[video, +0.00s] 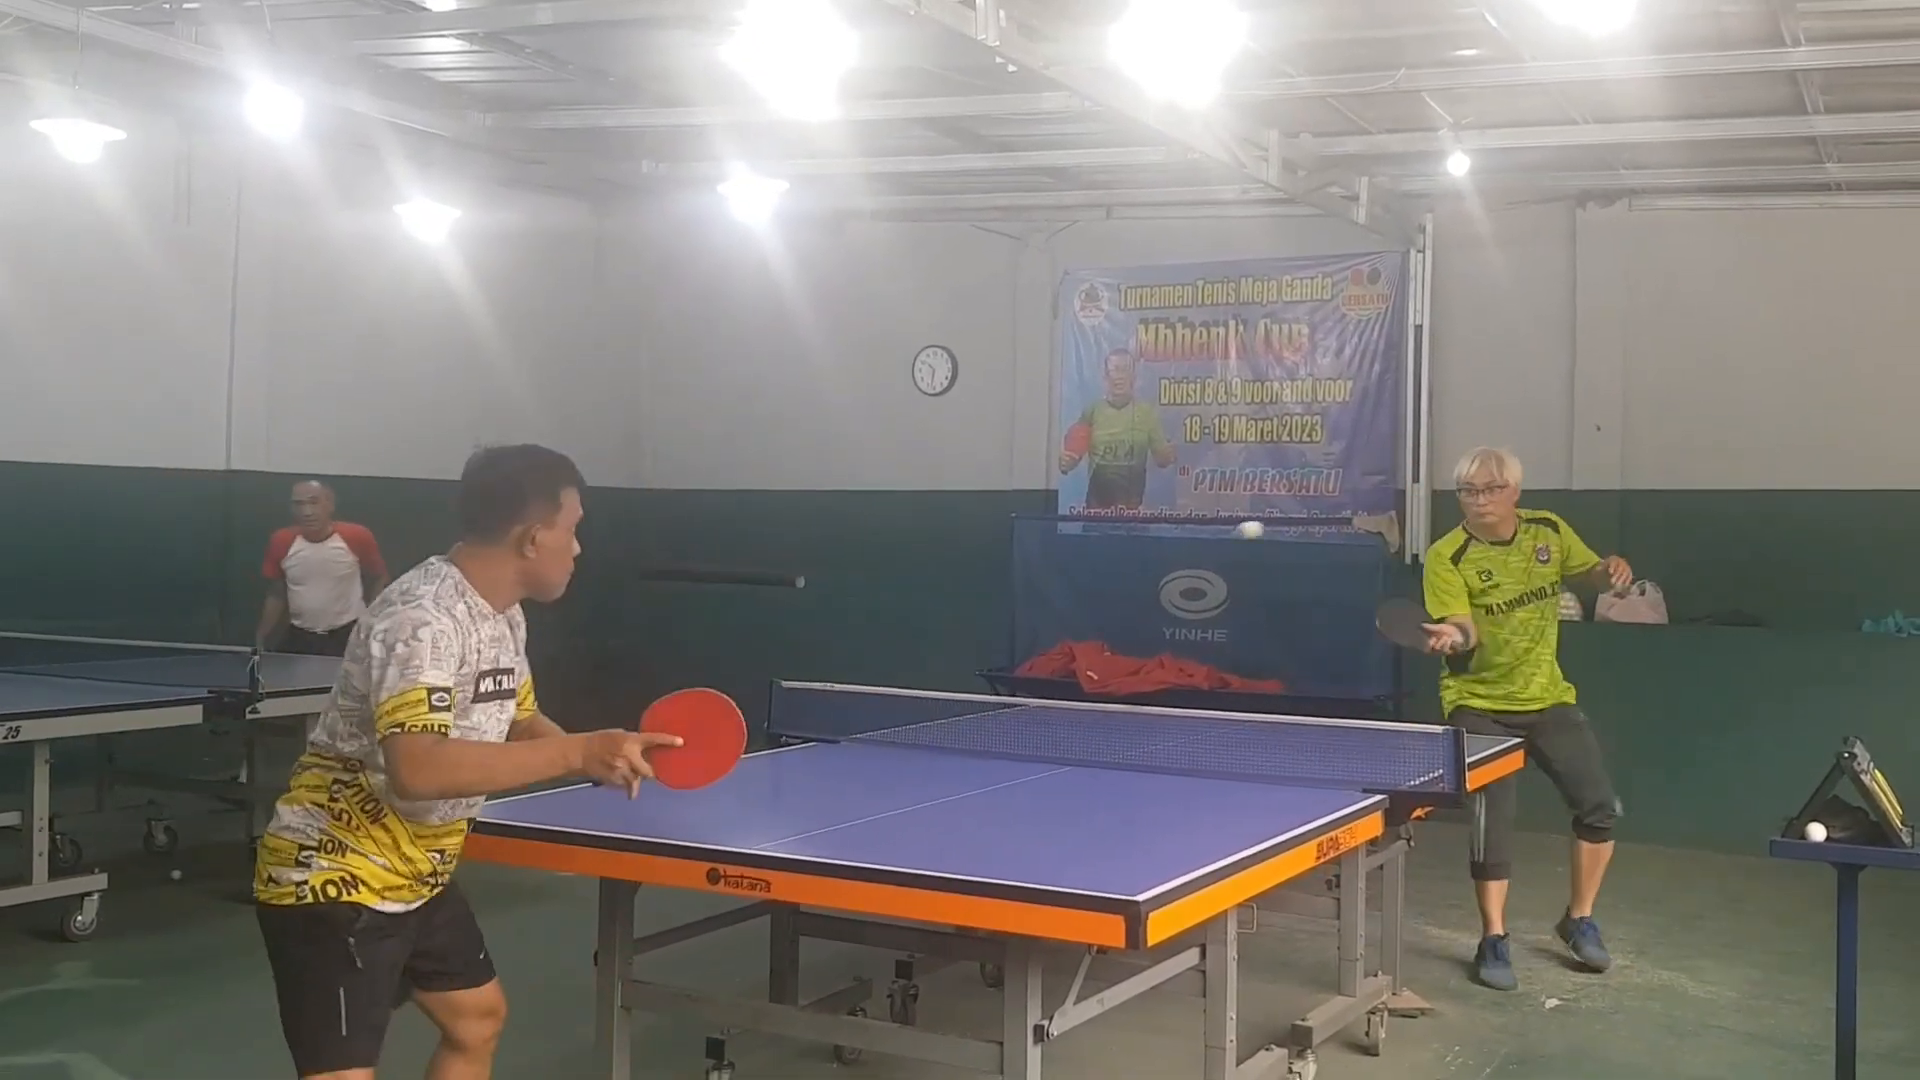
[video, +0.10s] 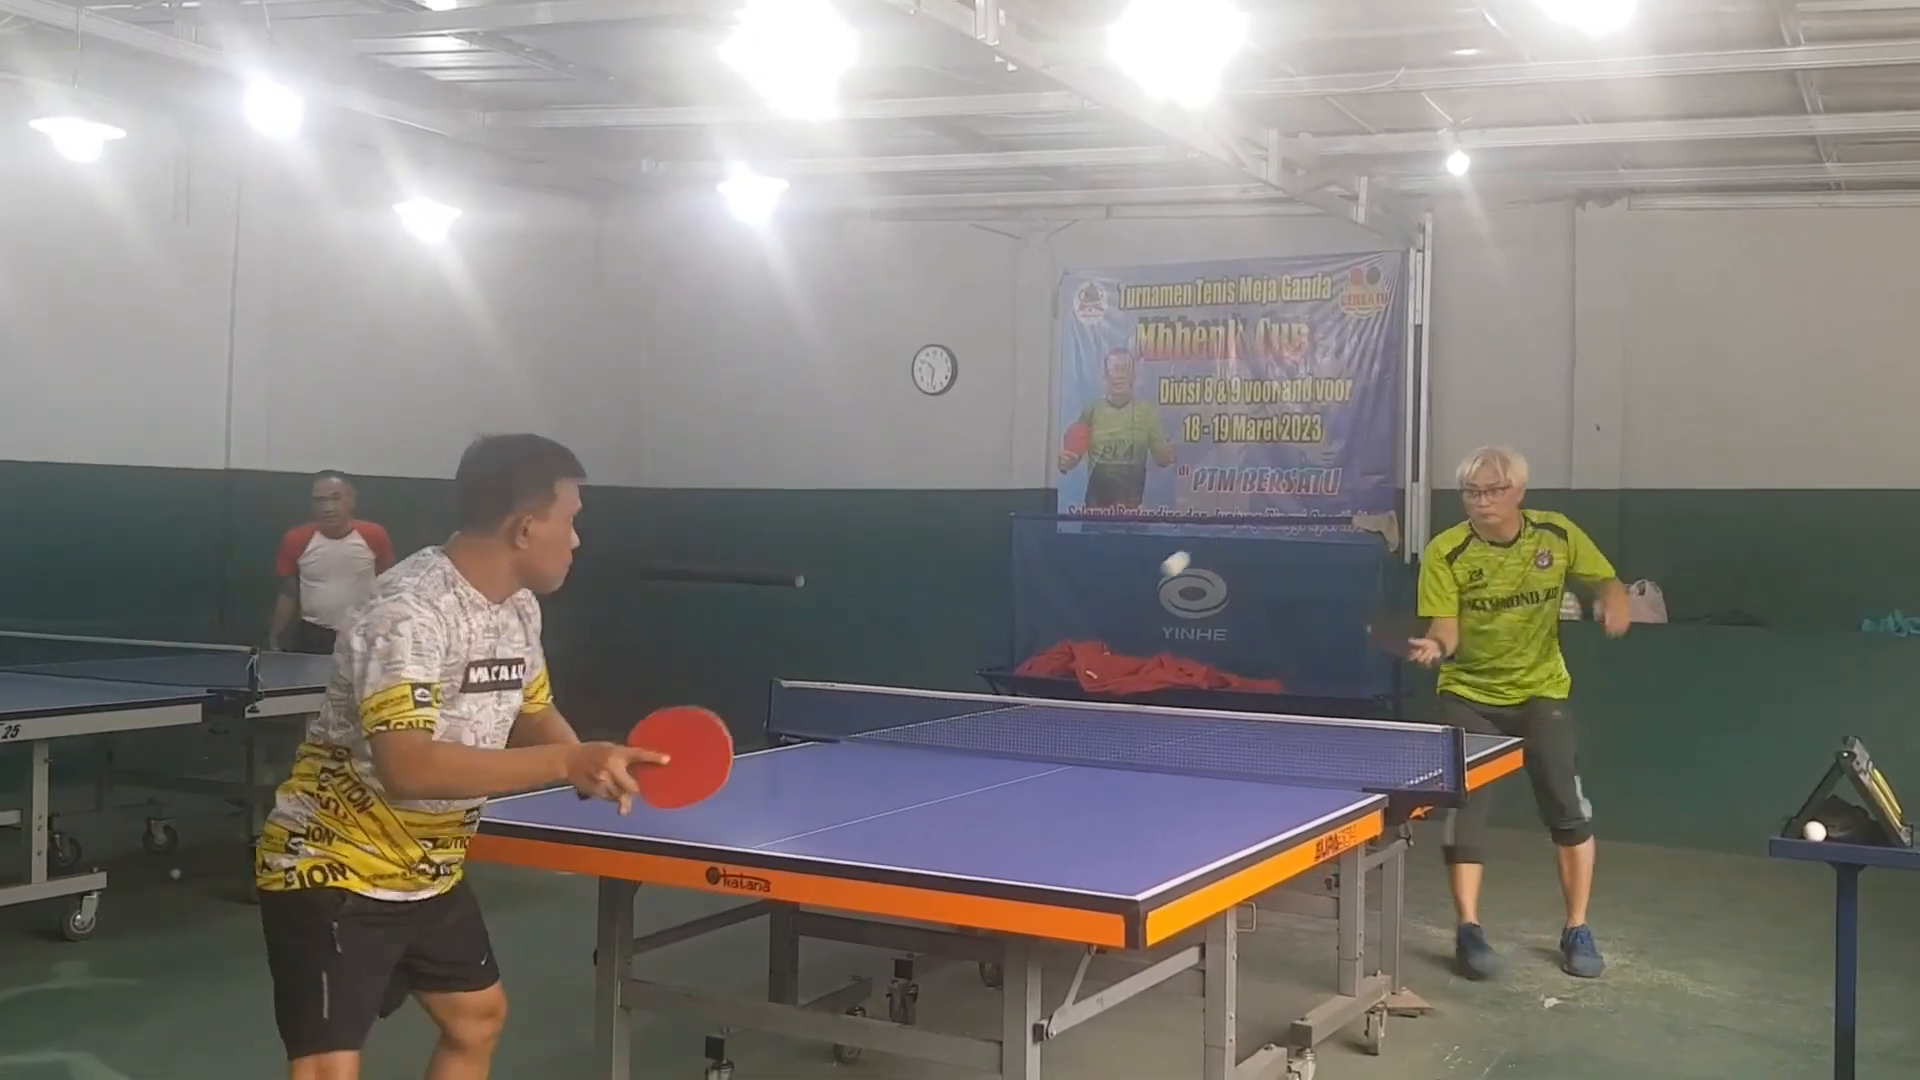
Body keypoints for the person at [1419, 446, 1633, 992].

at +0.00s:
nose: (1477, 499)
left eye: (1489, 489)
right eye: (1468, 490)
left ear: (1516, 493)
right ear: (1459, 495)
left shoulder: (1549, 532)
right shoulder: (1445, 557)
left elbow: (1594, 578)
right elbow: (1462, 629)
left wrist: (1615, 571)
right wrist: (1452, 634)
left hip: (1547, 698)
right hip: (1478, 703)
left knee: (1599, 806)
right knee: (1491, 814)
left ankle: (1580, 919)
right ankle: (1494, 938)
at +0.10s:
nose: (1481, 501)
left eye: (1493, 490)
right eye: (1473, 491)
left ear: (1519, 492)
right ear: (1463, 495)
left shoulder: (1557, 534)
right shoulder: (1444, 552)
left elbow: (1607, 584)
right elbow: (1444, 627)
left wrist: (1614, 604)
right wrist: (1435, 643)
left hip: (1540, 686)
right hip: (1468, 689)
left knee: (1563, 798)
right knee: (1466, 794)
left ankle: (1577, 929)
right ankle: (1468, 929)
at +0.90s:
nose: (1360, 501)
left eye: (1369, 492)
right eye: (1361, 493)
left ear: (1398, 496)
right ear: (1376, 500)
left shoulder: (1449, 528)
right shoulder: (1367, 557)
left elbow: (1511, 557)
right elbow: (1323, 601)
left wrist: (1551, 586)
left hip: (1487, 678)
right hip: (1422, 680)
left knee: (1526, 779)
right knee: (1375, 755)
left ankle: (1554, 872)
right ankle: (1372, 849)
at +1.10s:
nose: (1288, 529)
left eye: (1296, 521)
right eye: (1289, 521)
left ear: (1323, 523)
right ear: (1304, 529)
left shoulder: (1365, 539)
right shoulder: (1298, 569)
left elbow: (1431, 553)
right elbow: (1245, 558)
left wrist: (1489, 578)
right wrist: (1197, 529)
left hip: (1432, 666)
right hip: (1387, 684)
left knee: (1500, 736)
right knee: (1376, 767)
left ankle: (1611, 783)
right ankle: (1360, 850)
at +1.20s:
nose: (1265, 554)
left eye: (1268, 544)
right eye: (1265, 546)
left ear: (1292, 539)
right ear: (1287, 544)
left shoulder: (1327, 550)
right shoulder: (1289, 588)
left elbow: (1388, 567)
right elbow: (1240, 600)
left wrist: (1449, 599)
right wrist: (1207, 556)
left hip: (1408, 665)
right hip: (1371, 683)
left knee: (1478, 735)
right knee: (1344, 754)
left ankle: (1581, 719)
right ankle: (1353, 846)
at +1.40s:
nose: (1226, 548)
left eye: (1225, 539)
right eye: (1224, 540)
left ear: (1239, 532)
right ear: (1245, 532)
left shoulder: (1273, 537)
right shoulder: (1270, 570)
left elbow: (1319, 559)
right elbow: (1299, 635)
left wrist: (1353, 601)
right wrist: (1265, 683)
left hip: (1358, 645)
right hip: (1335, 655)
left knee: (1349, 730)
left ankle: (1452, 733)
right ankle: (1454, 732)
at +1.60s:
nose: (1194, 522)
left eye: (1193, 513)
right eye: (1192, 515)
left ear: (1204, 508)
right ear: (1225, 502)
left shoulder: (1230, 522)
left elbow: (1270, 545)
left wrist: (1315, 575)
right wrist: (1338, 630)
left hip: (1289, 641)